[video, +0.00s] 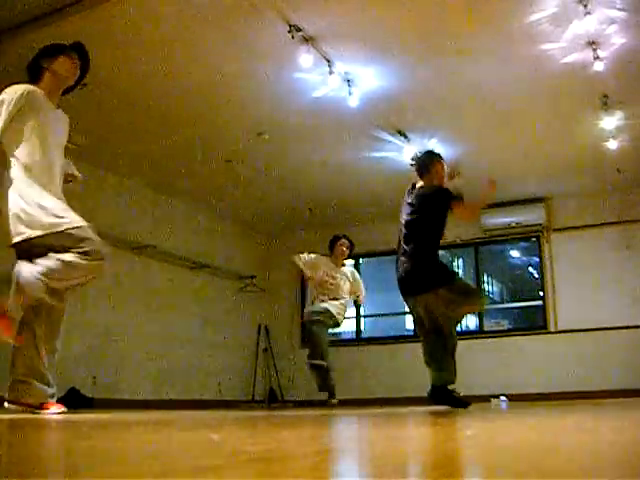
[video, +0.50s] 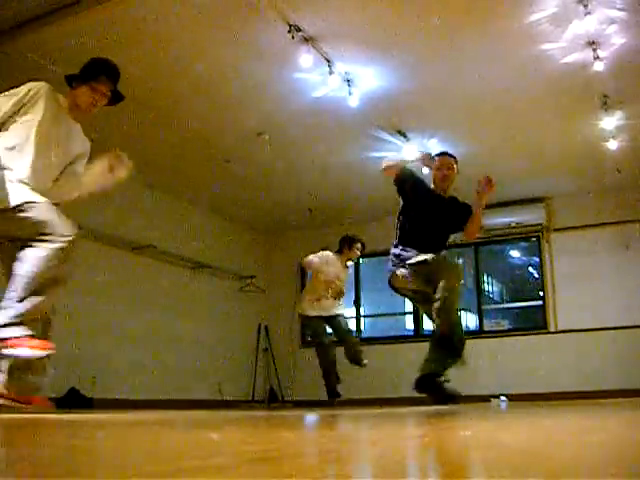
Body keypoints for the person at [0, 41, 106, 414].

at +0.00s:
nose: (75, 65)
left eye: (79, 64)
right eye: (68, 57)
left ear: (76, 81)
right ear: (46, 64)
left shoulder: (60, 117)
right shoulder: (22, 94)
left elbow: (42, 156)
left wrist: (65, 169)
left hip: (43, 204)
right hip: (21, 197)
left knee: (48, 298)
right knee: (92, 254)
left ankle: (29, 388)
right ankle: (26, 281)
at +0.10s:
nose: (77, 69)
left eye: (82, 69)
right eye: (71, 61)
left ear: (79, 83)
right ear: (49, 65)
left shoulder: (60, 116)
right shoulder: (26, 91)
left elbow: (57, 159)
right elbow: (1, 127)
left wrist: (69, 165)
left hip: (43, 211)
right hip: (34, 206)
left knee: (42, 302)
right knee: (101, 266)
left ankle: (26, 390)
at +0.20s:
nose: (82, 80)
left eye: (85, 79)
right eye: (78, 71)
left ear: (78, 88)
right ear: (57, 71)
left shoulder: (57, 122)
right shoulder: (28, 97)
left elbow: (47, 165)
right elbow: (1, 133)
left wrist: (71, 171)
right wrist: (12, 175)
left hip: (51, 216)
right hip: (34, 212)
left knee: (50, 309)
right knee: (76, 300)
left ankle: (26, 391)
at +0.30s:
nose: (85, 94)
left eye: (90, 93)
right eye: (82, 84)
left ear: (86, 103)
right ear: (61, 81)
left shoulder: (62, 144)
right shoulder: (28, 105)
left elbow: (60, 203)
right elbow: (2, 151)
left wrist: (95, 193)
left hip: (43, 226)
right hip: (28, 220)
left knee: (53, 314)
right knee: (94, 281)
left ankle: (29, 390)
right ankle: (101, 375)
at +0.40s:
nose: (89, 99)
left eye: (96, 96)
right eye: (87, 88)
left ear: (94, 102)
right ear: (68, 81)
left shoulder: (72, 146)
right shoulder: (29, 98)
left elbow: (75, 205)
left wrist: (106, 213)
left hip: (37, 219)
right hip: (12, 199)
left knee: (46, 297)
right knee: (92, 244)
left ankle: (27, 389)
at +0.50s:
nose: (97, 102)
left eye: (103, 100)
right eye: (94, 92)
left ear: (103, 106)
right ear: (77, 83)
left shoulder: (80, 144)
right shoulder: (39, 93)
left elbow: (56, 191)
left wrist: (94, 178)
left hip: (32, 199)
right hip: (6, 183)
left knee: (39, 285)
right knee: (59, 232)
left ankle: (18, 382)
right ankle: (12, 323)